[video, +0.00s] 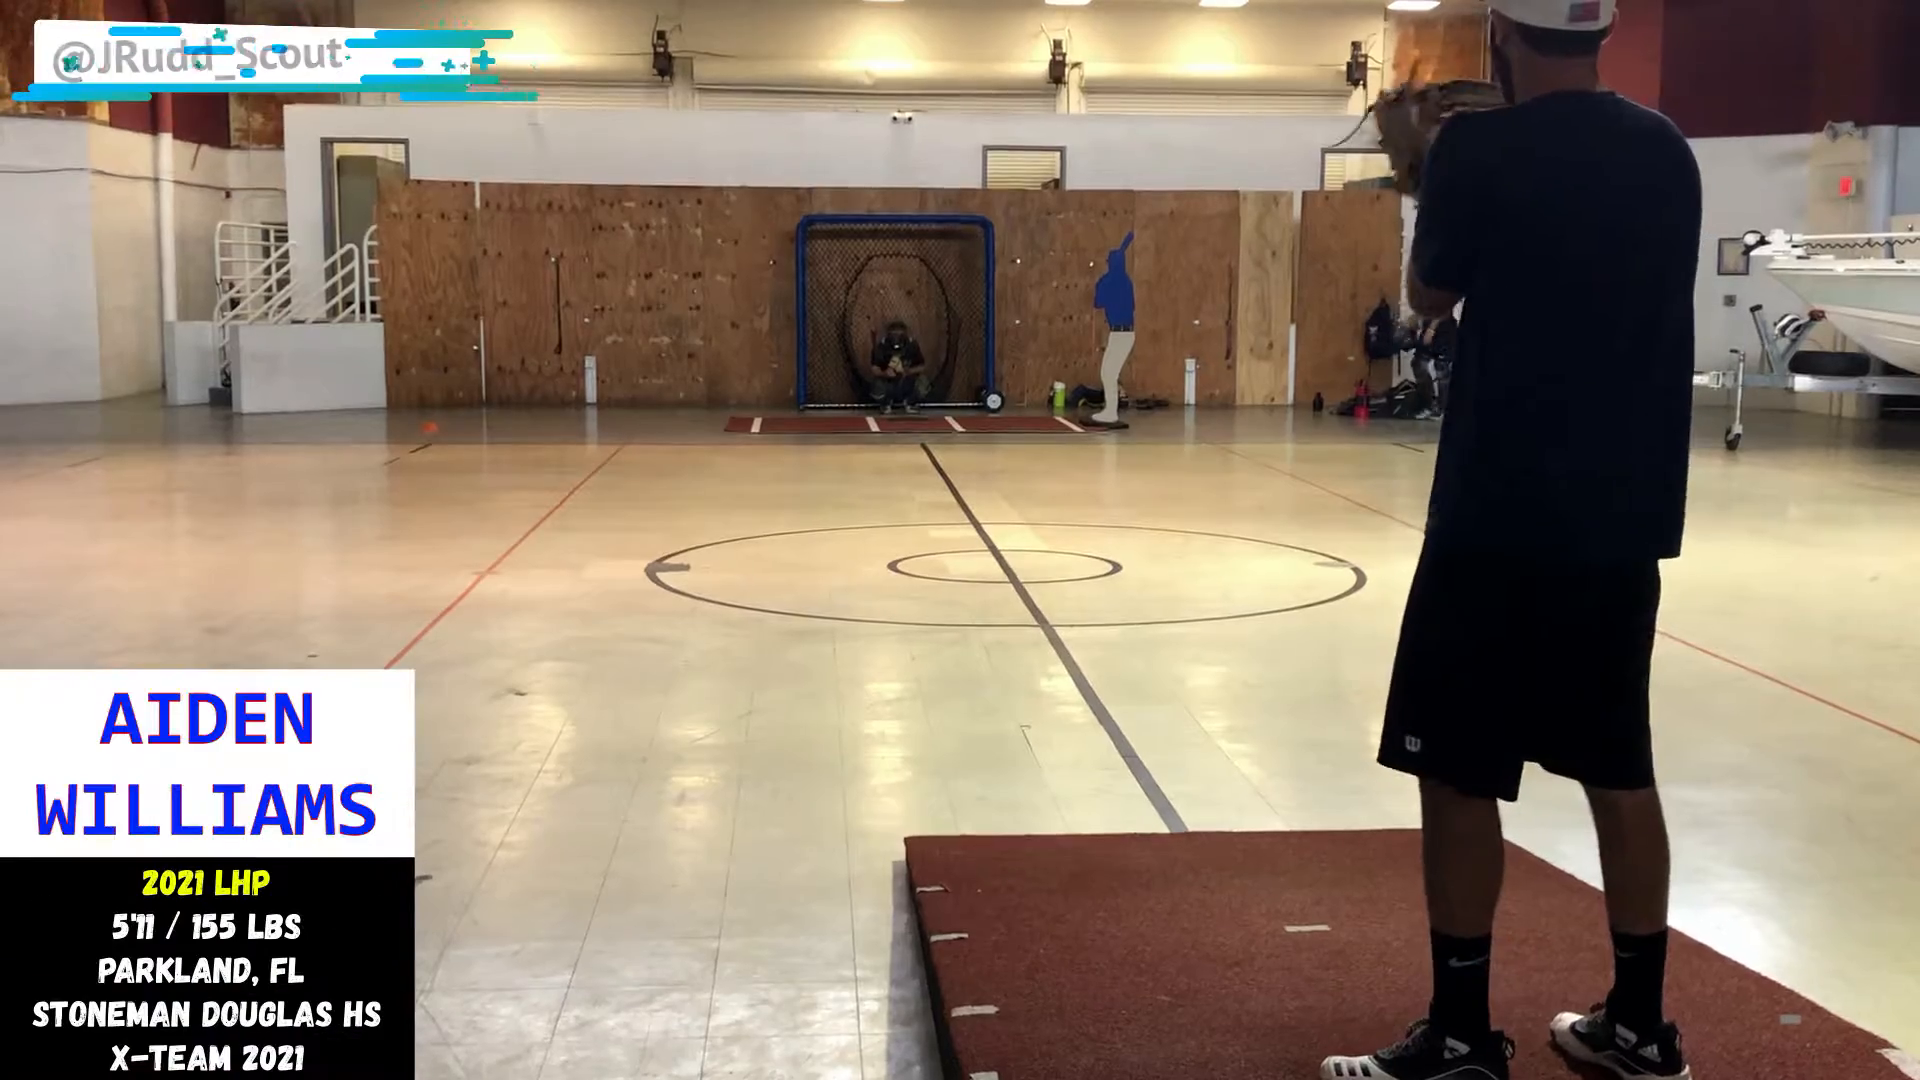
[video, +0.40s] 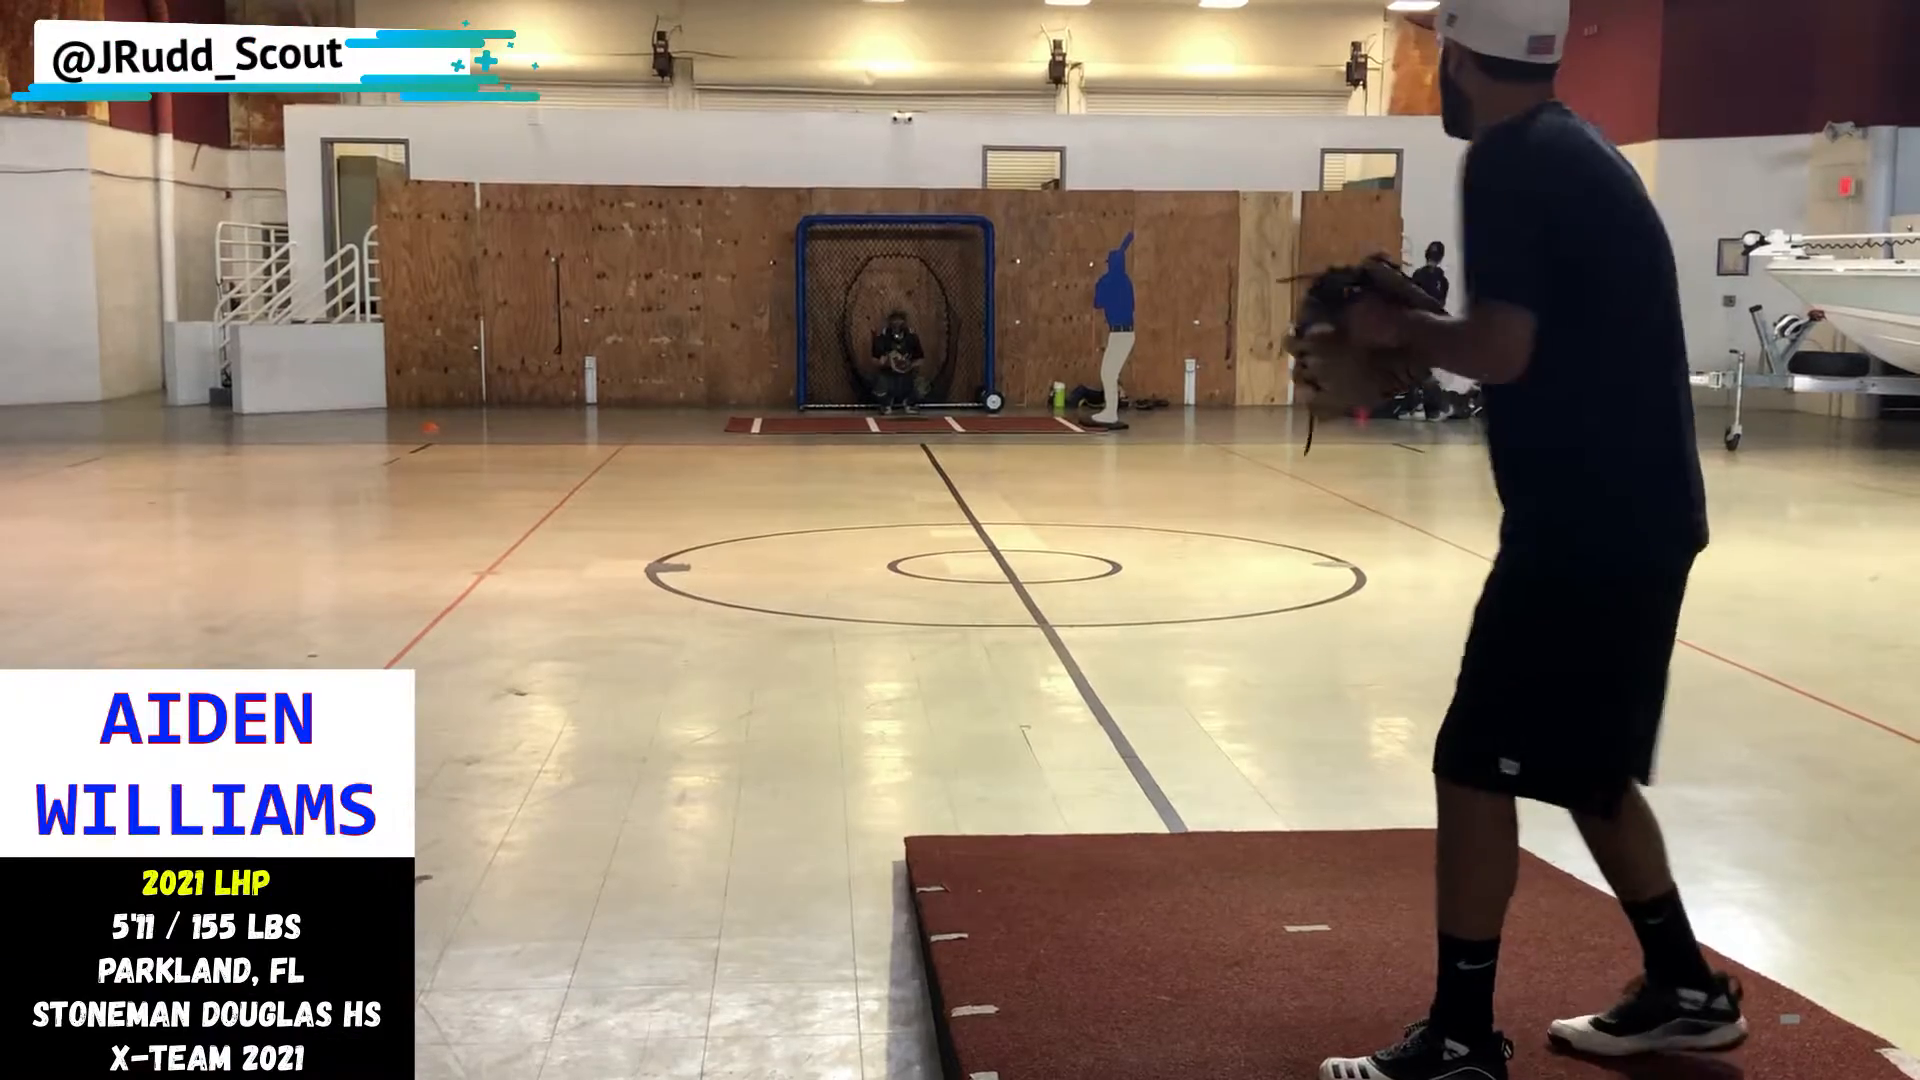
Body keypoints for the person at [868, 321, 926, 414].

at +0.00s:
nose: (897, 338)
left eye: (900, 335)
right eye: (894, 335)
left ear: (905, 334)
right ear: (888, 334)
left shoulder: (912, 345)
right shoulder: (881, 347)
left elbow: (921, 367)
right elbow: (874, 369)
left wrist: (907, 371)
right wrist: (885, 373)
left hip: (906, 381)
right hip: (888, 382)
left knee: (923, 382)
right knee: (878, 383)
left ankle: (909, 403)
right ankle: (886, 405)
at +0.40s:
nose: (897, 326)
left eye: (900, 323)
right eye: (894, 322)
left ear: (904, 323)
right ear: (890, 323)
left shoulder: (912, 338)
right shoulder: (882, 338)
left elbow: (920, 360)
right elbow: (875, 359)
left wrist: (909, 365)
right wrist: (887, 360)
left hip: (906, 373)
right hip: (889, 372)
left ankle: (909, 403)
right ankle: (886, 404)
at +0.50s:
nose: (898, 318)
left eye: (901, 315)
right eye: (895, 315)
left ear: (904, 315)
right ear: (889, 315)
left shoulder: (912, 330)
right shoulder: (880, 331)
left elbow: (922, 350)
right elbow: (874, 352)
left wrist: (910, 356)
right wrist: (887, 353)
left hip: (906, 365)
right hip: (888, 366)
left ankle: (909, 400)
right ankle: (887, 402)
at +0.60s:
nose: (897, 319)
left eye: (900, 315)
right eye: (894, 315)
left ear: (904, 314)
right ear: (888, 314)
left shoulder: (912, 327)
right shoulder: (880, 329)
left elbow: (923, 348)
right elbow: (871, 346)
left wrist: (913, 356)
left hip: (908, 361)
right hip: (889, 362)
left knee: (920, 372)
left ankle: (916, 400)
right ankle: (884, 400)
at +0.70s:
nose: (896, 326)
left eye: (899, 323)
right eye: (893, 323)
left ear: (904, 321)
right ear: (888, 321)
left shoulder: (912, 333)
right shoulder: (881, 333)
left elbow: (925, 355)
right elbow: (870, 353)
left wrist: (911, 360)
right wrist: (869, 372)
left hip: (909, 368)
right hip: (889, 369)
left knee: (924, 376)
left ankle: (923, 402)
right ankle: (881, 403)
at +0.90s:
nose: (896, 344)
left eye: (899, 340)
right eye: (893, 340)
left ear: (904, 340)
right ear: (888, 340)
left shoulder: (911, 351)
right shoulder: (881, 352)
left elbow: (931, 365)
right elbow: (873, 370)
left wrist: (913, 371)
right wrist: (892, 371)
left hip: (911, 387)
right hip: (889, 387)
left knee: (922, 381)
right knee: (871, 380)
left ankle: (924, 405)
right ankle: (881, 405)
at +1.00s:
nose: (896, 347)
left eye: (900, 343)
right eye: (894, 343)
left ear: (906, 342)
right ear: (889, 342)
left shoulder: (913, 354)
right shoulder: (882, 355)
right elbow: (873, 372)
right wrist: (891, 373)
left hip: (910, 389)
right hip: (889, 388)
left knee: (921, 382)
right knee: (872, 381)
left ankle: (925, 404)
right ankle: (881, 404)